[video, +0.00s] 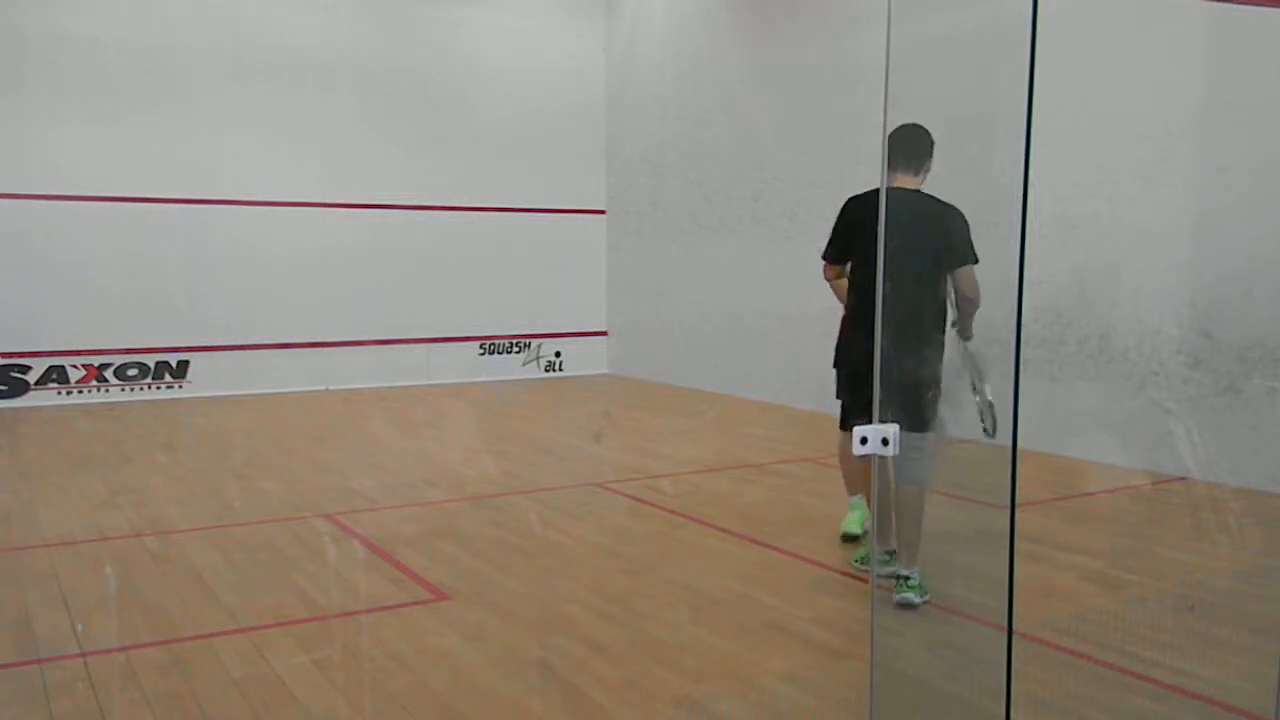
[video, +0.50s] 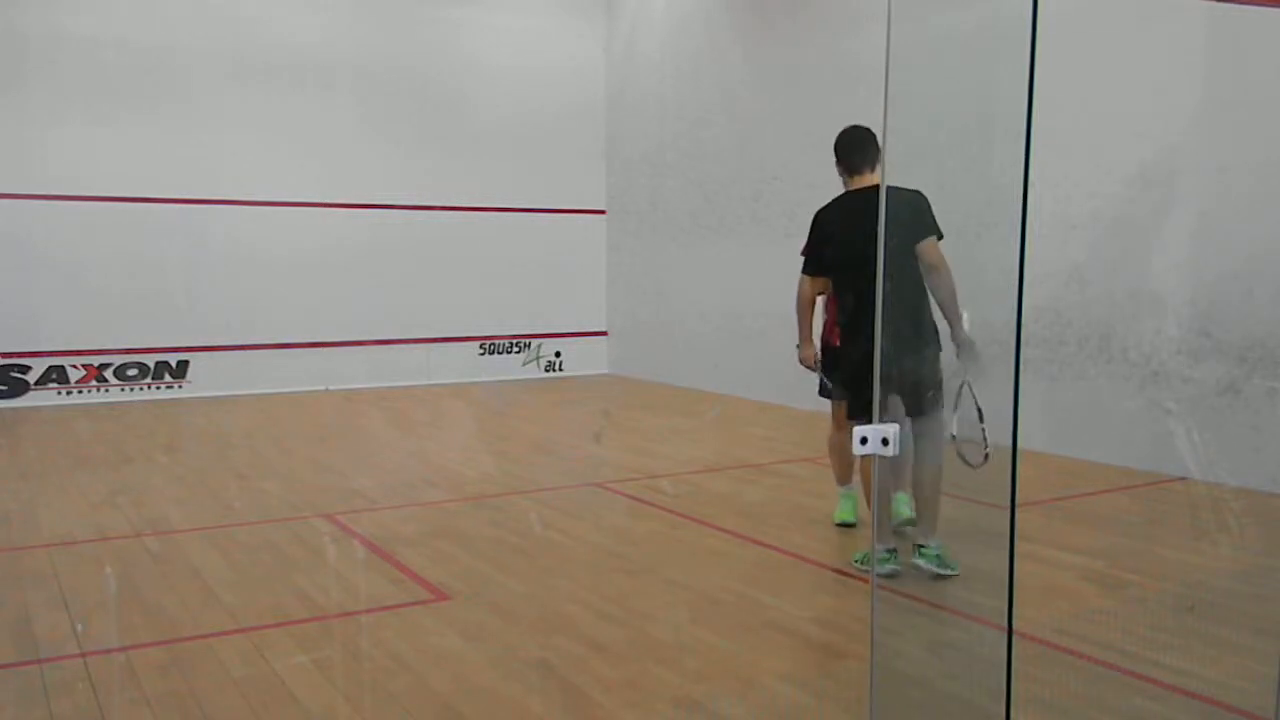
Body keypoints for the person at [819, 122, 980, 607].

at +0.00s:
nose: (921, 169)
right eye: (926, 161)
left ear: (885, 159)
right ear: (928, 164)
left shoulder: (859, 207)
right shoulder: (946, 217)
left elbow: (833, 271)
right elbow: (968, 291)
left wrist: (856, 306)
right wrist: (962, 324)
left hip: (861, 352)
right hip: (917, 358)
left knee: (869, 444)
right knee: (911, 459)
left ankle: (881, 549)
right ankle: (907, 574)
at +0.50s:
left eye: (837, 164)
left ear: (838, 166)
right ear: (879, 158)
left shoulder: (828, 218)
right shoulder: (911, 202)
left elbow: (808, 289)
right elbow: (934, 265)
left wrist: (805, 341)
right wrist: (957, 328)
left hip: (862, 352)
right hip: (915, 347)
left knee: (876, 442)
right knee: (929, 437)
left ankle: (883, 548)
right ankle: (927, 542)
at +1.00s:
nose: (842, 169)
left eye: (842, 164)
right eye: (847, 161)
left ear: (848, 166)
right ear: (885, 158)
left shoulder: (841, 218)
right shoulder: (925, 203)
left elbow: (822, 288)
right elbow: (961, 267)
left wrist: (818, 338)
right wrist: (970, 307)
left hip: (870, 349)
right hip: (923, 345)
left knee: (879, 444)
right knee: (928, 435)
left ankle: (885, 550)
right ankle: (936, 532)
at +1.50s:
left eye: (920, 163)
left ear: (916, 164)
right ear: (957, 166)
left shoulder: (894, 210)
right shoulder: (981, 212)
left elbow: (869, 275)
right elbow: (1009, 275)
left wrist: (855, 326)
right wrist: (1007, 336)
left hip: (906, 342)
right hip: (964, 343)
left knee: (893, 440)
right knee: (963, 440)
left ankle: (884, 545)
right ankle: (967, 546)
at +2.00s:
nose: (934, 155)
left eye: (937, 148)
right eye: (940, 148)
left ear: (941, 152)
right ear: (980, 157)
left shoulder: (937, 204)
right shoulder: (1002, 213)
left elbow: (925, 265)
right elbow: (1025, 282)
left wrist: (900, 289)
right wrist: (1010, 332)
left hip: (945, 345)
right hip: (984, 347)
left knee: (938, 442)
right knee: (968, 442)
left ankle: (969, 561)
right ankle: (965, 547)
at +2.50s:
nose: (956, 150)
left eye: (968, 143)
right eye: (949, 140)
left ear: (987, 149)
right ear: (939, 143)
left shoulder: (1001, 206)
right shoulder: (934, 203)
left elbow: (1037, 276)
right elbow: (917, 261)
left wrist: (965, 296)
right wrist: (889, 279)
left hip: (979, 352)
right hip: (928, 345)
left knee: (972, 456)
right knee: (909, 451)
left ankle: (979, 571)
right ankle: (910, 562)